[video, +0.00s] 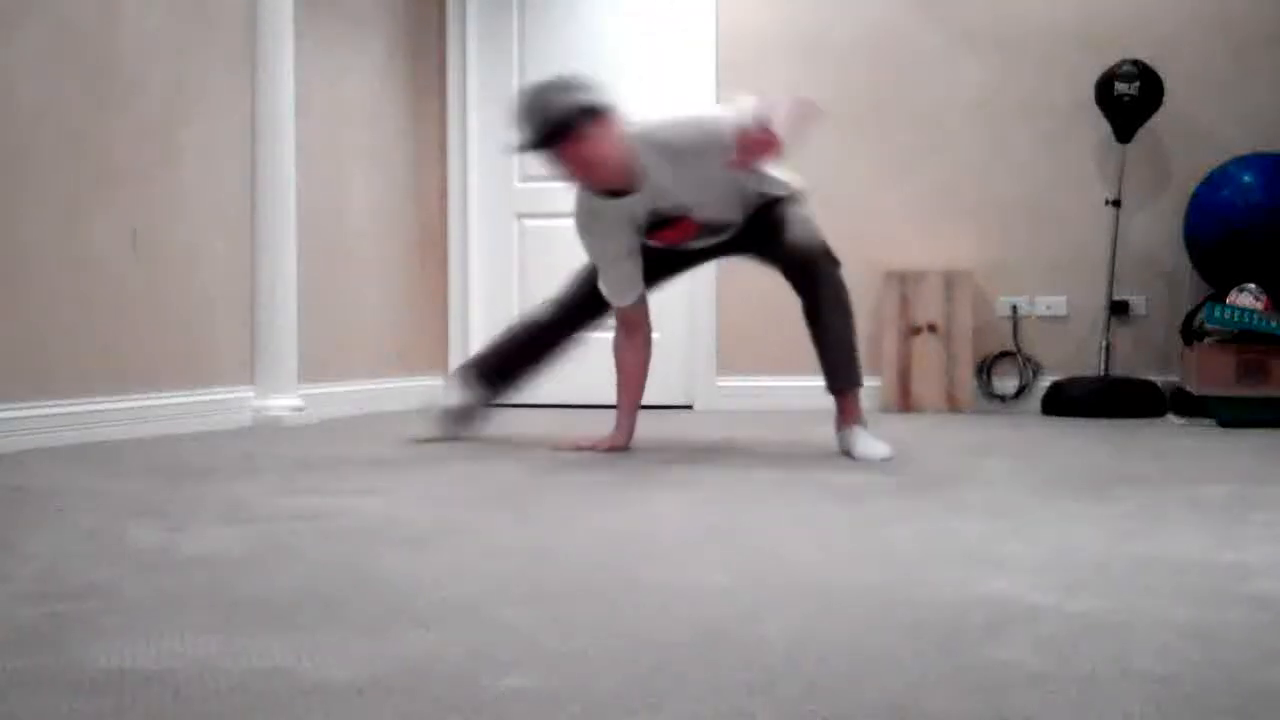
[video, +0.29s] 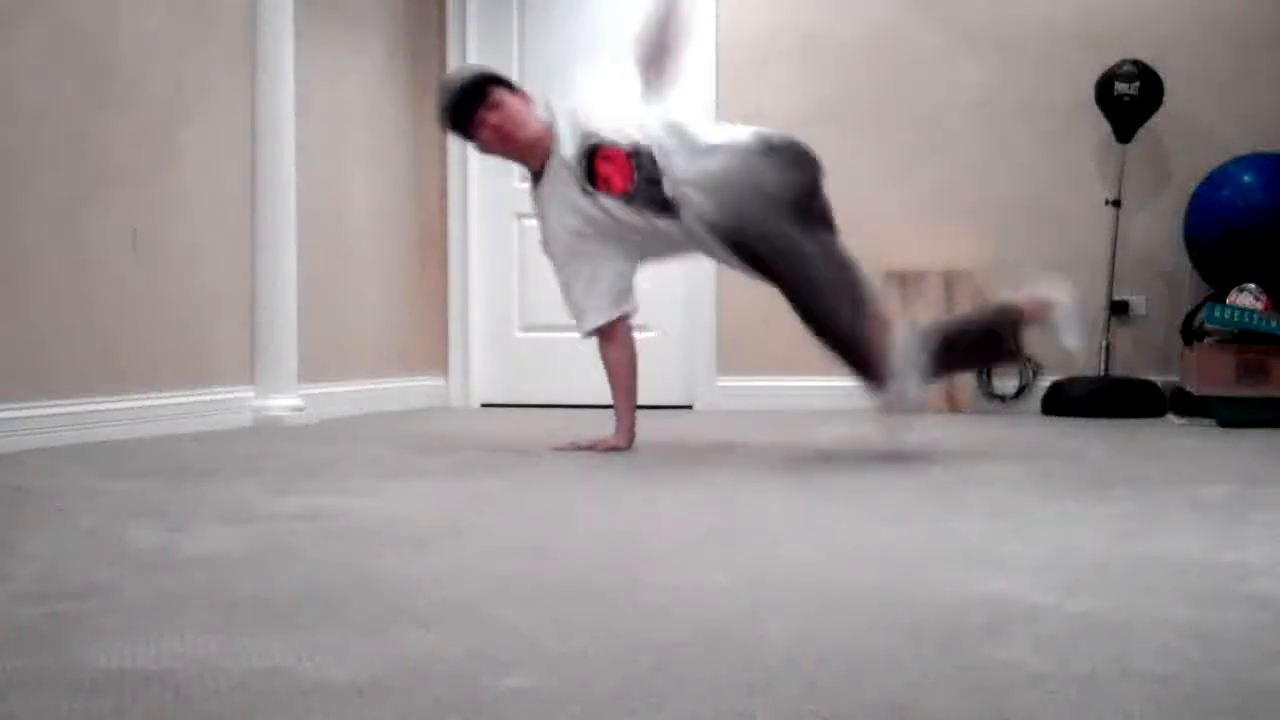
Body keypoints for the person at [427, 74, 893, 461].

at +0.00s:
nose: (575, 157)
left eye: (578, 137)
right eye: (561, 151)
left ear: (608, 124)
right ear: (557, 162)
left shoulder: (676, 141)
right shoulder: (597, 213)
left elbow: (785, 113)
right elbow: (631, 326)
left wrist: (766, 137)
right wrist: (622, 434)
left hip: (754, 214)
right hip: (671, 241)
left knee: (817, 266)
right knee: (572, 308)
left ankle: (851, 424)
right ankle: (473, 391)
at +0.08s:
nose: (523, 164)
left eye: (521, 142)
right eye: (508, 159)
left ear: (553, 122)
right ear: (510, 173)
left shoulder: (638, 121)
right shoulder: (592, 226)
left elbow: (715, 66)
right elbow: (635, 319)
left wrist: (776, 48)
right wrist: (623, 432)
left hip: (785, 194)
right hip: (720, 233)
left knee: (810, 265)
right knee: (634, 316)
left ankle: (856, 422)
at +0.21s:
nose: (483, 142)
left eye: (481, 123)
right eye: (469, 144)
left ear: (506, 104)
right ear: (474, 162)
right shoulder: (571, 227)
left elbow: (648, 12)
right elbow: (621, 327)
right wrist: (624, 435)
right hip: (751, 248)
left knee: (802, 288)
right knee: (817, 366)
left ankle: (864, 410)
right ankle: (932, 331)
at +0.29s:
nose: (502, 122)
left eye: (499, 105)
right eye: (484, 126)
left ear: (522, 95)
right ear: (483, 148)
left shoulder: (592, 106)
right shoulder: (563, 226)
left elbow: (657, 55)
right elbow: (613, 329)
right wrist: (625, 432)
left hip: (769, 161)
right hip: (762, 236)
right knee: (881, 360)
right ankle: (1021, 322)